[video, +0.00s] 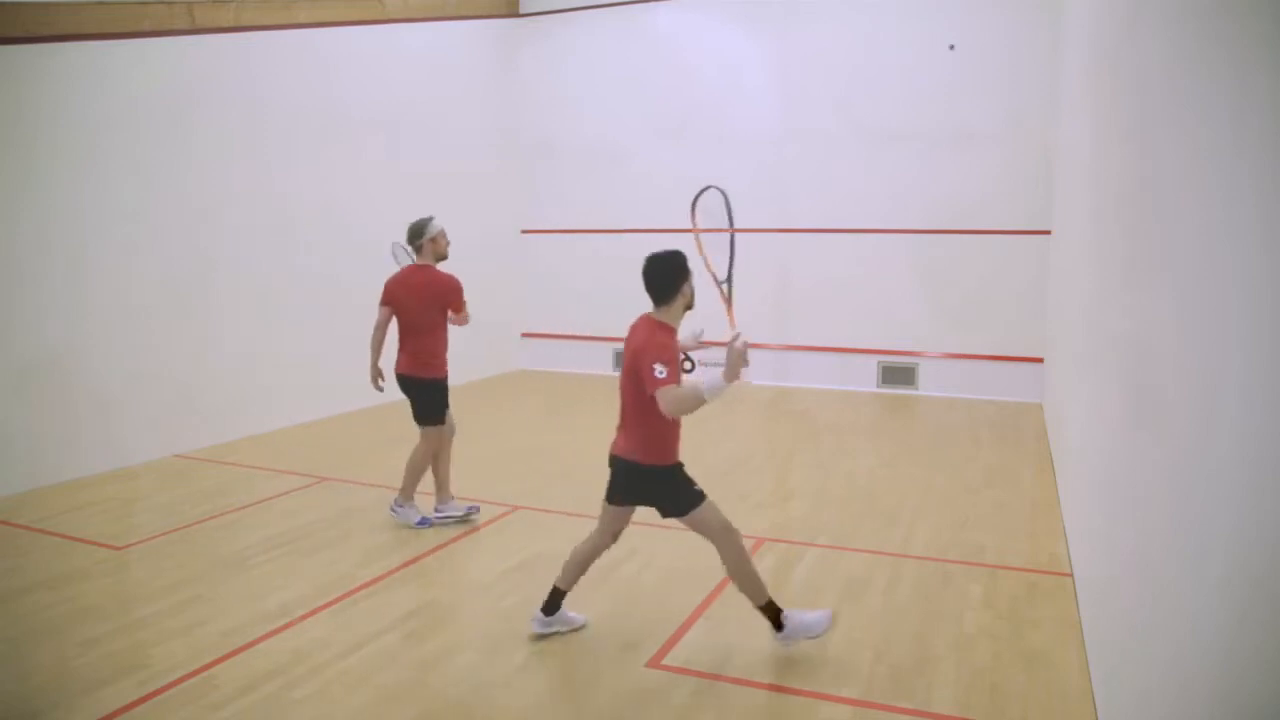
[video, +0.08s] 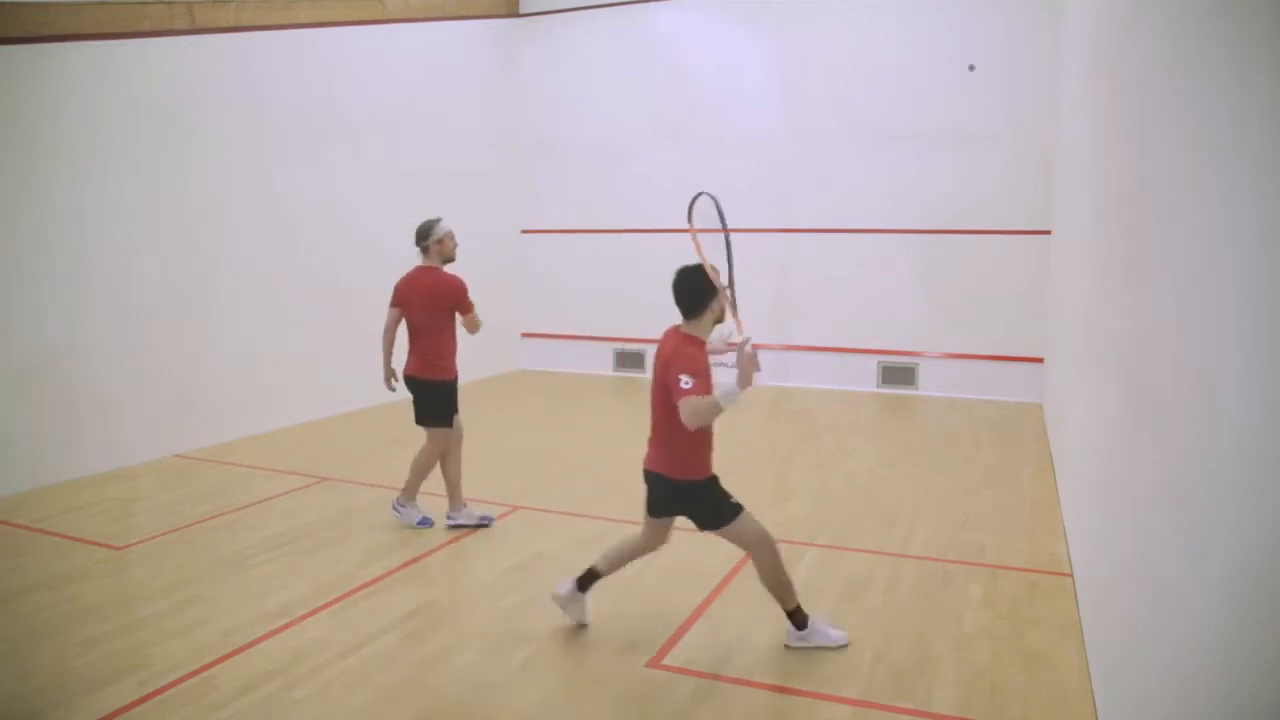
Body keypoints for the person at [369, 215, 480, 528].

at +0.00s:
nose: (448, 242)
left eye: (445, 236)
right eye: (442, 237)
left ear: (418, 245)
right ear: (427, 244)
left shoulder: (396, 281)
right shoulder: (448, 282)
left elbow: (381, 325)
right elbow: (461, 317)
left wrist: (374, 363)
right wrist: (442, 312)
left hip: (407, 371)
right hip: (432, 375)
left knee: (446, 431)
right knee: (431, 438)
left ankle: (444, 502)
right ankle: (404, 502)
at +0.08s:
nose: (455, 244)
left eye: (453, 238)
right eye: (449, 239)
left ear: (428, 247)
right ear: (433, 245)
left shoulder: (406, 282)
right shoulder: (453, 284)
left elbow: (390, 328)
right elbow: (472, 327)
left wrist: (387, 366)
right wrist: (474, 315)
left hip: (417, 373)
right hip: (440, 376)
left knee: (453, 435)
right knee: (438, 440)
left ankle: (457, 508)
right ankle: (404, 500)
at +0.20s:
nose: (465, 250)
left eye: (465, 244)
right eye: (459, 245)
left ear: (441, 251)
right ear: (441, 250)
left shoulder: (423, 285)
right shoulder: (454, 289)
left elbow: (410, 332)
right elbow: (481, 333)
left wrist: (411, 372)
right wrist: (494, 342)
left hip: (431, 379)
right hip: (447, 382)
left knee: (469, 441)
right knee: (461, 448)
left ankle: (459, 510)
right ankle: (415, 498)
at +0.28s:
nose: (471, 250)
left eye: (471, 244)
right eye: (466, 245)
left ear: (449, 250)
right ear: (447, 249)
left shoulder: (434, 283)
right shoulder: (452, 288)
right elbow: (476, 333)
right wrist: (496, 350)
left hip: (444, 379)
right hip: (448, 381)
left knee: (470, 442)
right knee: (468, 445)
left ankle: (459, 510)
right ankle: (429, 504)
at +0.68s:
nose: (490, 256)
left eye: (492, 250)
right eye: (484, 249)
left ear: (484, 252)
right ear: (465, 251)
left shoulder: (461, 286)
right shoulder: (460, 291)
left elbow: (466, 346)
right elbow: (470, 350)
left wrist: (492, 370)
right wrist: (499, 373)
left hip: (462, 388)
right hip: (453, 390)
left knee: (479, 449)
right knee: (466, 461)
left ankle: (461, 515)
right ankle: (453, 544)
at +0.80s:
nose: (495, 254)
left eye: (498, 248)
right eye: (489, 247)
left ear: (495, 249)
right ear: (471, 248)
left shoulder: (469, 283)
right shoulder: (465, 286)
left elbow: (482, 338)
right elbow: (474, 348)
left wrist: (502, 365)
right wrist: (500, 371)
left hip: (467, 386)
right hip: (450, 389)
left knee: (482, 451)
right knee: (464, 461)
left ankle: (458, 518)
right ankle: (452, 543)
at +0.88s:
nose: (497, 253)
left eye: (500, 246)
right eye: (490, 247)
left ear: (501, 249)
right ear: (473, 249)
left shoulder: (466, 281)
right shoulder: (471, 287)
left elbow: (446, 338)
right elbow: (475, 347)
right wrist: (507, 378)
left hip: (463, 386)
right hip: (458, 389)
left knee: (481, 453)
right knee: (465, 462)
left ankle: (457, 524)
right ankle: (453, 542)